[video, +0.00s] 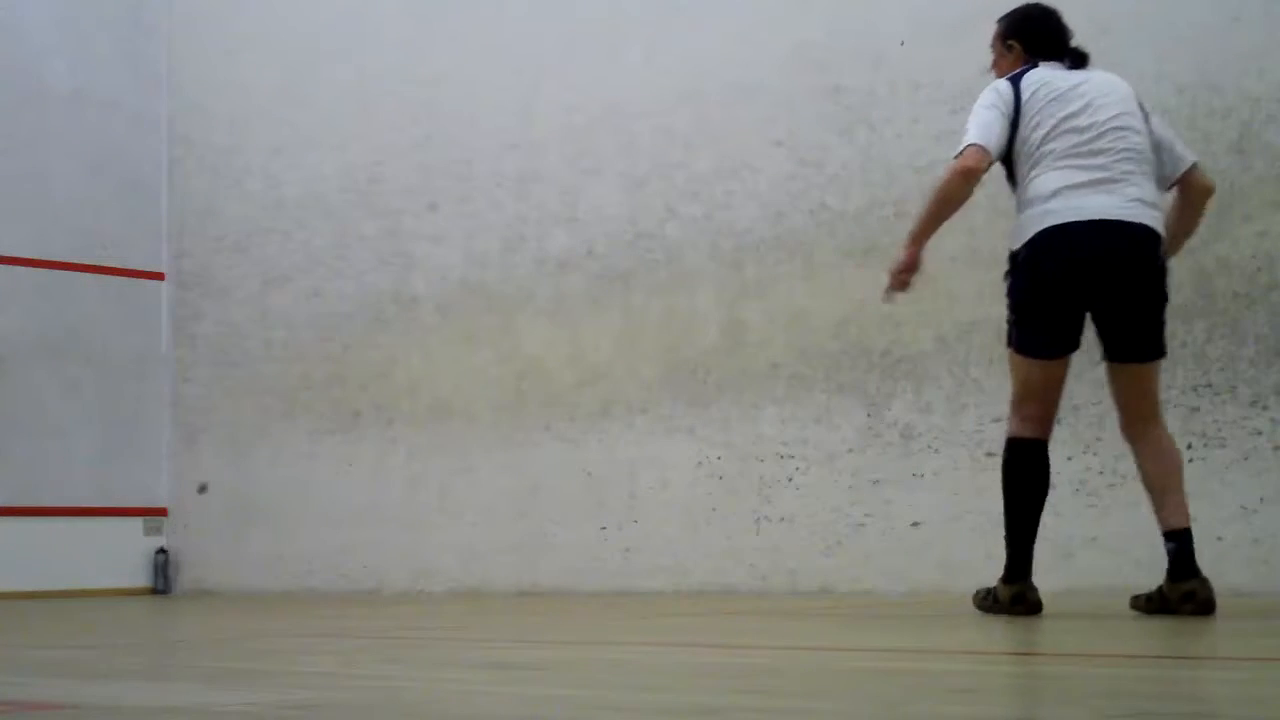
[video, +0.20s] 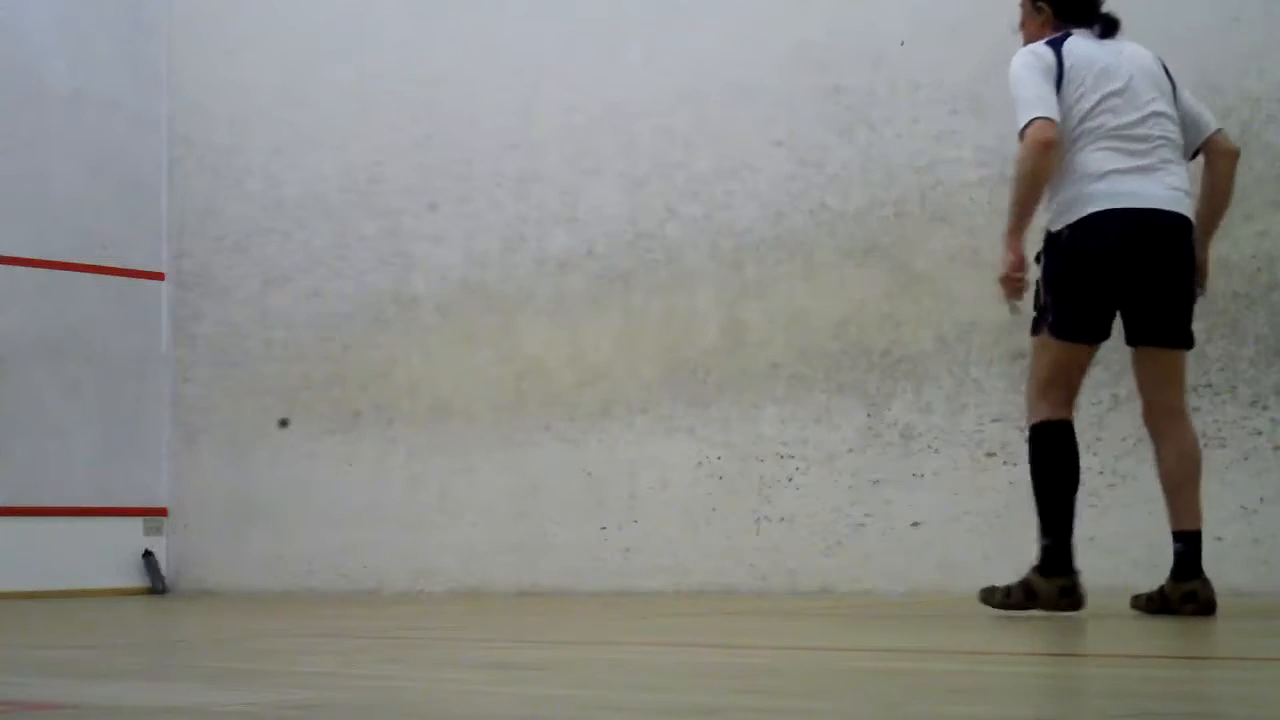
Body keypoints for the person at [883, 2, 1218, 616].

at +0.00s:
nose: (992, 66)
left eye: (995, 55)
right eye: (992, 55)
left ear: (1015, 52)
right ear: (1061, 48)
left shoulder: (1009, 88)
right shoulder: (1119, 90)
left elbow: (970, 166)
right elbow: (1197, 186)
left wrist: (914, 245)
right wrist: (1160, 252)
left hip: (1050, 252)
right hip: (1134, 251)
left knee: (1031, 416)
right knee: (1144, 420)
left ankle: (1017, 581)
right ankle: (1184, 573)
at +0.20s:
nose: (1021, 28)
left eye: (1022, 17)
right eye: (1020, 18)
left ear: (1042, 13)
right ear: (1089, 12)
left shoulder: (1038, 57)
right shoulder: (1148, 61)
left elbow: (1043, 137)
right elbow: (1221, 149)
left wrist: (1013, 236)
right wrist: (1200, 240)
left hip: (1086, 238)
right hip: (1167, 237)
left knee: (1051, 398)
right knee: (1168, 410)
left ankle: (1055, 572)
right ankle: (1188, 575)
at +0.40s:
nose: (1035, 7)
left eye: (1037, 1)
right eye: (1035, 1)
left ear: (1053, 1)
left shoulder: (1056, 33)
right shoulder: (1160, 47)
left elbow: (1070, 131)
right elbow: (1220, 143)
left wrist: (1053, 238)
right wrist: (1201, 242)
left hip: (1100, 247)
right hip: (1172, 249)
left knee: (1065, 401)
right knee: (1180, 410)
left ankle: (1140, 557)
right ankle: (1192, 576)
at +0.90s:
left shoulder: (1042, 8)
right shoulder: (1135, 36)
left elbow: (1009, 115)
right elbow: (1177, 153)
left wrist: (962, 217)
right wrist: (1139, 223)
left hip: (1083, 215)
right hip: (1134, 219)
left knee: (1105, 396)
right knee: (1086, 397)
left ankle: (1166, 575)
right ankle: (1111, 568)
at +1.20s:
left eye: (1024, 61)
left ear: (1027, 60)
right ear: (1087, 66)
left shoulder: (1015, 77)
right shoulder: (1132, 106)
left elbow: (977, 162)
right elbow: (1151, 206)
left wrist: (986, 269)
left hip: (1061, 244)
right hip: (1137, 256)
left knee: (1004, 408)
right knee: (1077, 417)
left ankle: (1079, 555)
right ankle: (1068, 579)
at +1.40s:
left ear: (1068, 71)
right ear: (1131, 85)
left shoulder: (1028, 85)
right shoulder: (1158, 114)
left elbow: (972, 174)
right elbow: (1184, 239)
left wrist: (1000, 255)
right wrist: (1191, 351)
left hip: (1029, 244)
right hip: (1114, 253)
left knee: (1033, 411)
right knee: (1087, 417)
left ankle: (1049, 572)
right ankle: (1071, 577)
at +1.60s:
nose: (1197, 56)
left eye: (1198, 48)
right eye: (1196, 46)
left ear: (1123, 28)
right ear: (1179, 32)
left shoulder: (1057, 59)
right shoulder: (1186, 59)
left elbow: (994, 164)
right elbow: (1213, 163)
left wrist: (1019, 258)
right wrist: (1246, 285)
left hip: (1024, 223)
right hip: (1107, 223)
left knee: (1054, 394)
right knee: (1141, 397)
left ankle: (1054, 580)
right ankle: (1140, 571)